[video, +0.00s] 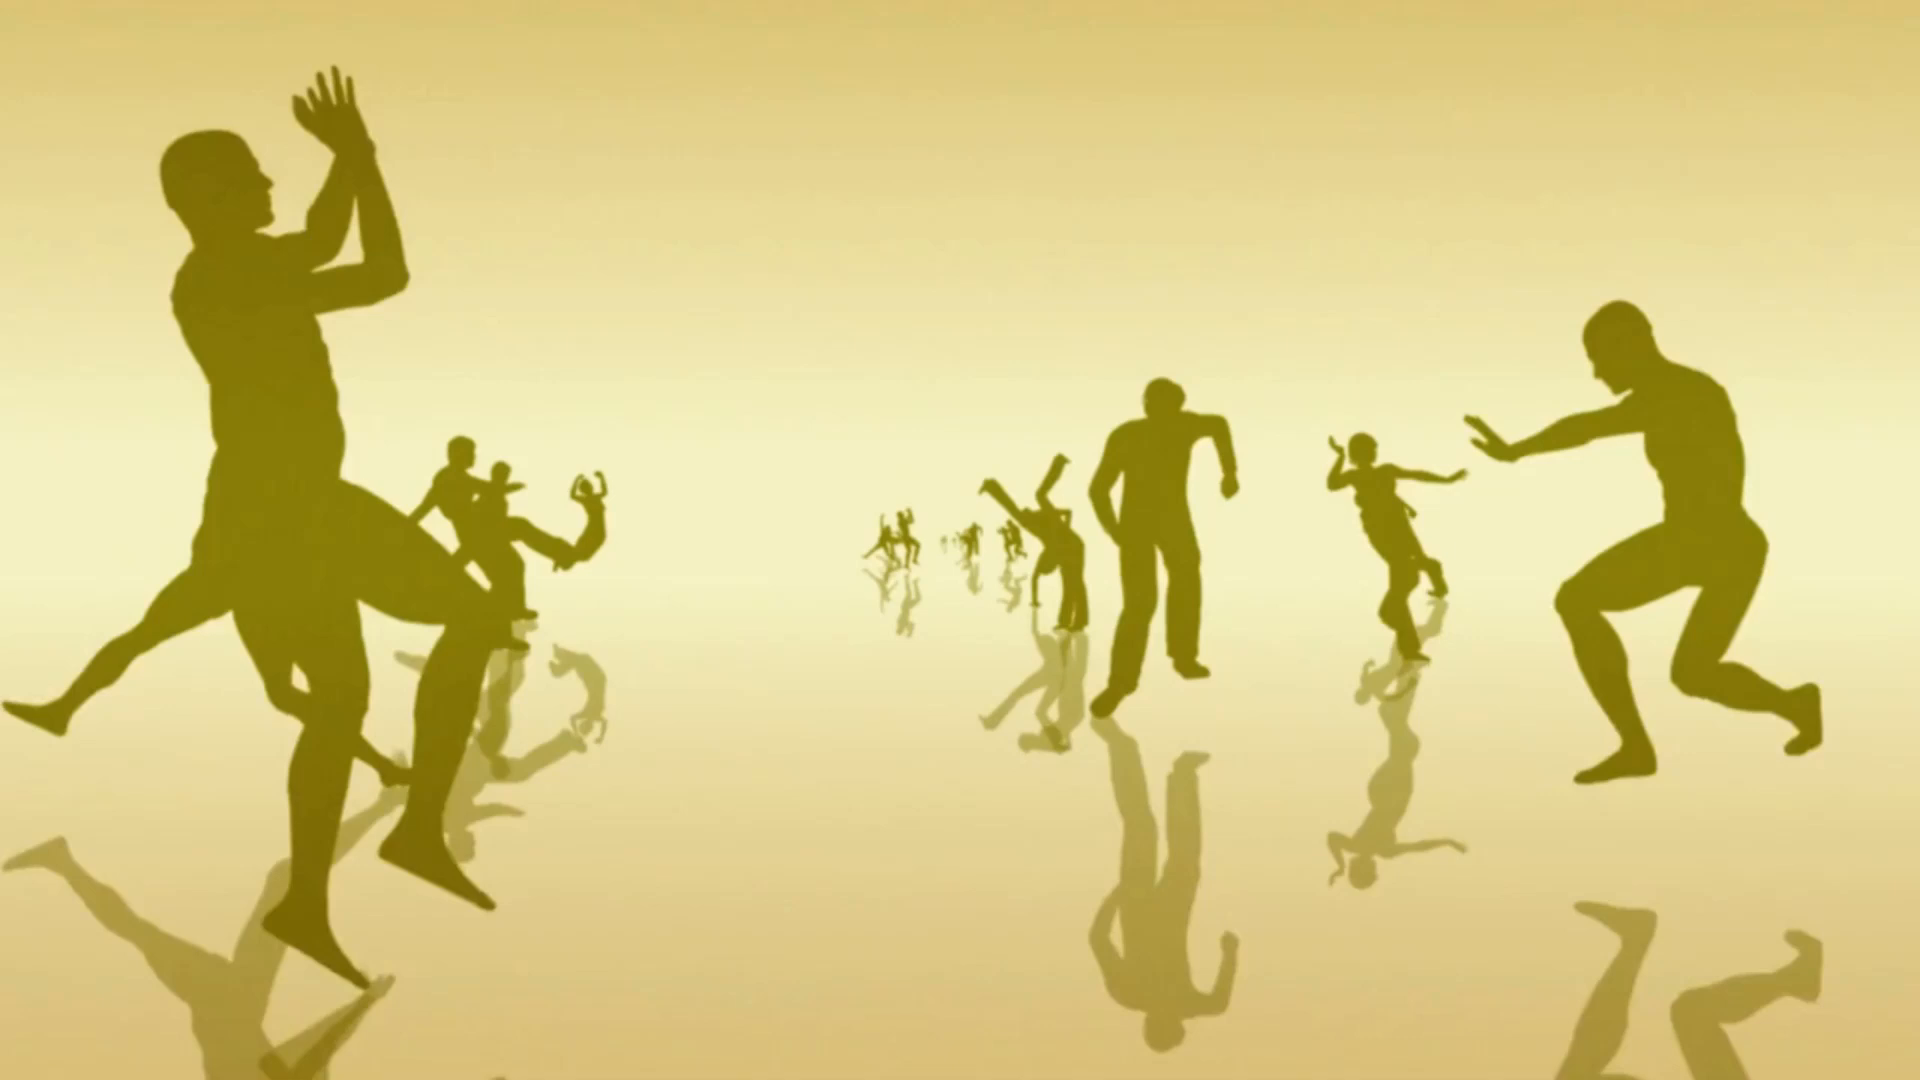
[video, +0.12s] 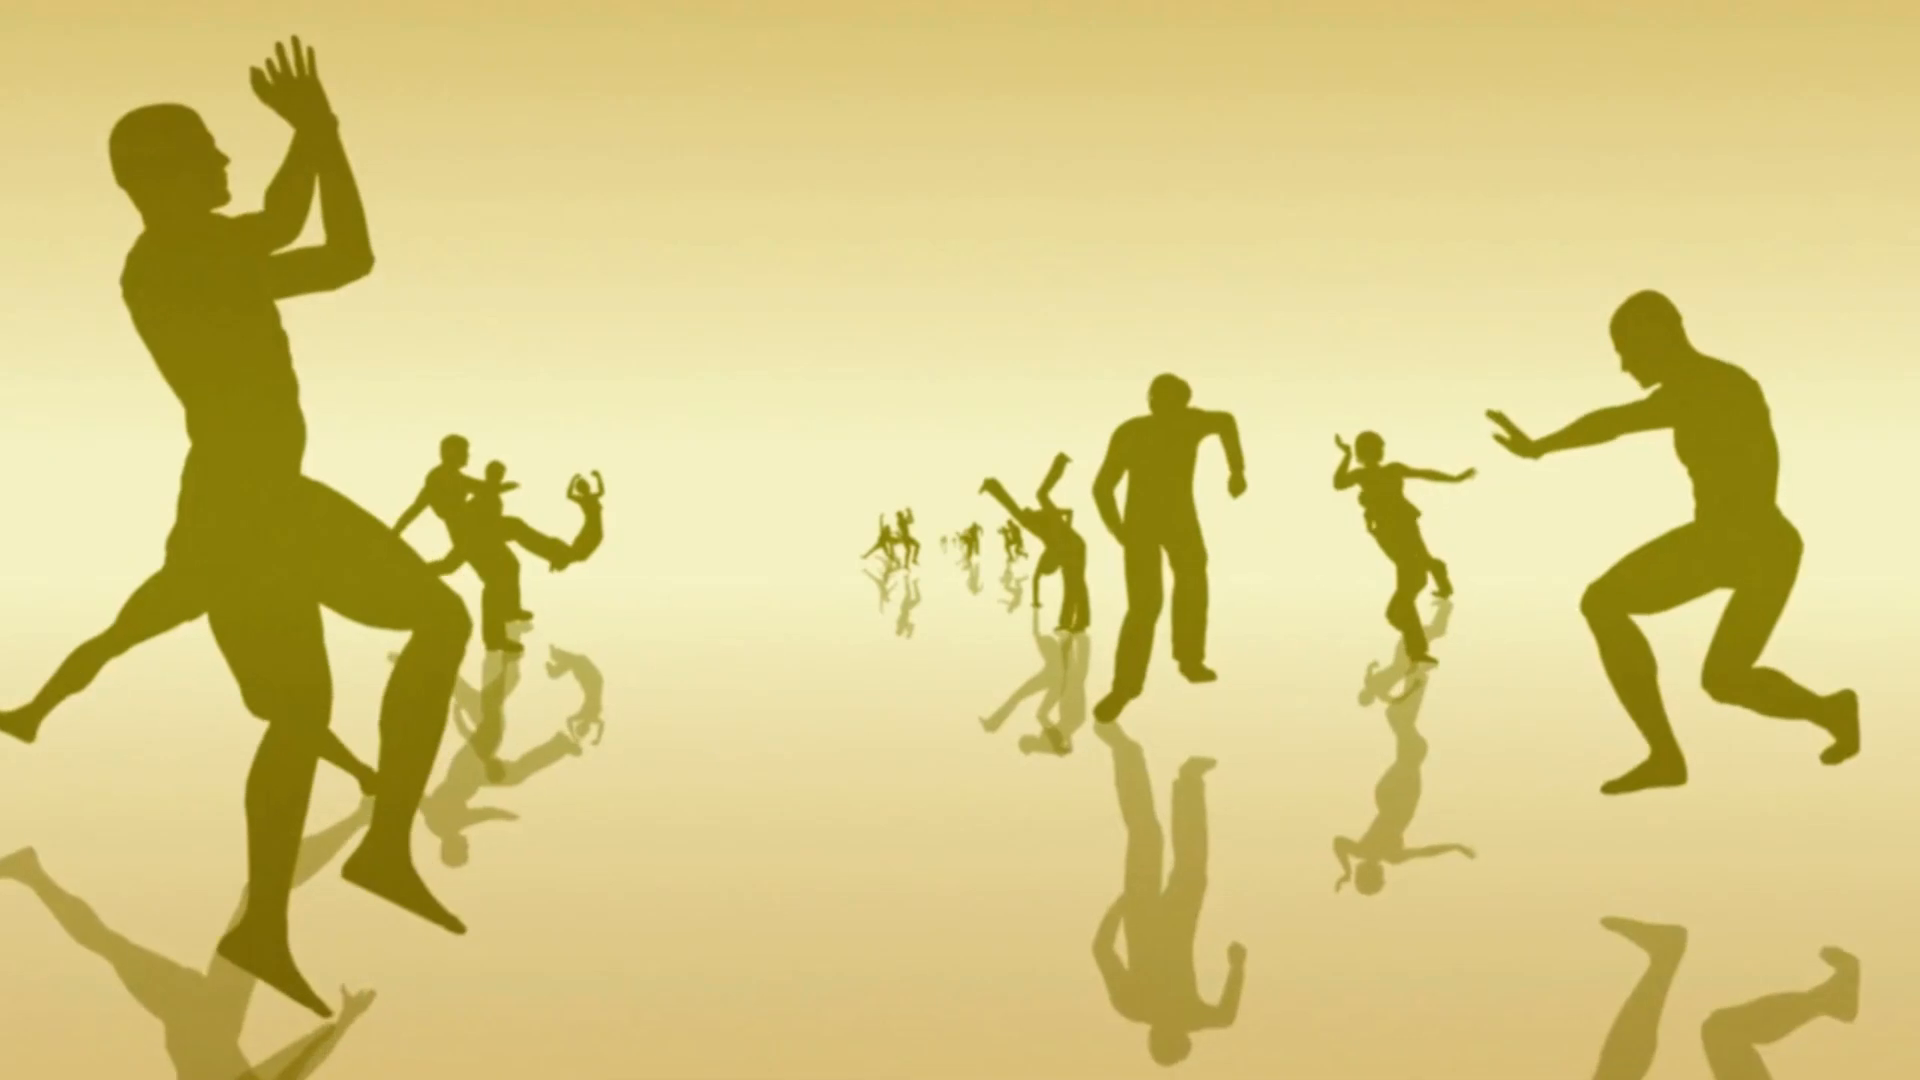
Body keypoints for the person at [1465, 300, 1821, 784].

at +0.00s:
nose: (1596, 371)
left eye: (1599, 356)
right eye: (1592, 359)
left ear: (1630, 347)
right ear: (1633, 347)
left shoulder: (1686, 393)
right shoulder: (1653, 397)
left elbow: (1591, 428)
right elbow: (1588, 427)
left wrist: (1514, 451)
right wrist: (1513, 451)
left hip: (1731, 546)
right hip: (1681, 540)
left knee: (1692, 672)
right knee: (1576, 601)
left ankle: (1794, 706)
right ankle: (1634, 745)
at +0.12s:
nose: (1623, 364)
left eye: (1627, 349)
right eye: (1620, 351)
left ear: (1658, 339)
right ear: (1662, 339)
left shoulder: (1719, 386)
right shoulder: (1682, 392)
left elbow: (1619, 423)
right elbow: (1616, 422)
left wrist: (1539, 446)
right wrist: (1538, 447)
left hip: (1765, 546)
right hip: (1713, 540)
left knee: (1724, 679)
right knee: (1602, 604)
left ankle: (1831, 712)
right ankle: (1663, 754)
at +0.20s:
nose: (1670, 353)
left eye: (1674, 336)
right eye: (1666, 339)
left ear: (1707, 325)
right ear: (1711, 325)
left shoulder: (1769, 376)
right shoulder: (1734, 381)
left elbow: (1662, 415)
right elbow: (1660, 414)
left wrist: (1579, 440)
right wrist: (1578, 440)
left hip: (1820, 546)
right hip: (1766, 539)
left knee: (1777, 688)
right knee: (1646, 608)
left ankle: (1897, 725)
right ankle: (1711, 769)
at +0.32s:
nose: (1704, 343)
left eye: (1708, 325)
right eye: (1699, 329)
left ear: (1743, 314)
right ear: (1746, 317)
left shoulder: (1814, 366)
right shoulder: (1774, 373)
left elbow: (1698, 408)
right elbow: (1695, 408)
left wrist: (1608, 435)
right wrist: (1608, 436)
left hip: (1863, 546)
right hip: (1802, 540)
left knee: (1815, 694)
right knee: (1680, 609)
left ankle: (1916, 729)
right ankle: (1748, 780)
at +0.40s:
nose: (1761, 329)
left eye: (1764, 311)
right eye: (1757, 314)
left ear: (1800, 299)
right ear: (1811, 299)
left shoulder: (1865, 356)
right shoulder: (1844, 357)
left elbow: (1753, 398)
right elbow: (1752, 397)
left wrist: (1657, 428)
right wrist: (1658, 427)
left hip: (1907, 545)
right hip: (1877, 539)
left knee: (1883, 706)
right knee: (1736, 615)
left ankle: (1810, 798)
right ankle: (1808, 798)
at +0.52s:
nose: (1802, 317)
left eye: (1805, 297)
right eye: (1797, 300)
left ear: (1844, 285)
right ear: (1855, 285)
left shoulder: (1896, 346)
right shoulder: (1882, 349)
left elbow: (1791, 390)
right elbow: (1792, 390)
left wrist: (1692, 422)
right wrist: (1694, 421)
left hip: (1910, 539)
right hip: (1906, 537)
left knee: (1915, 715)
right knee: (1776, 619)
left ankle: (1854, 811)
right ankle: (1854, 811)